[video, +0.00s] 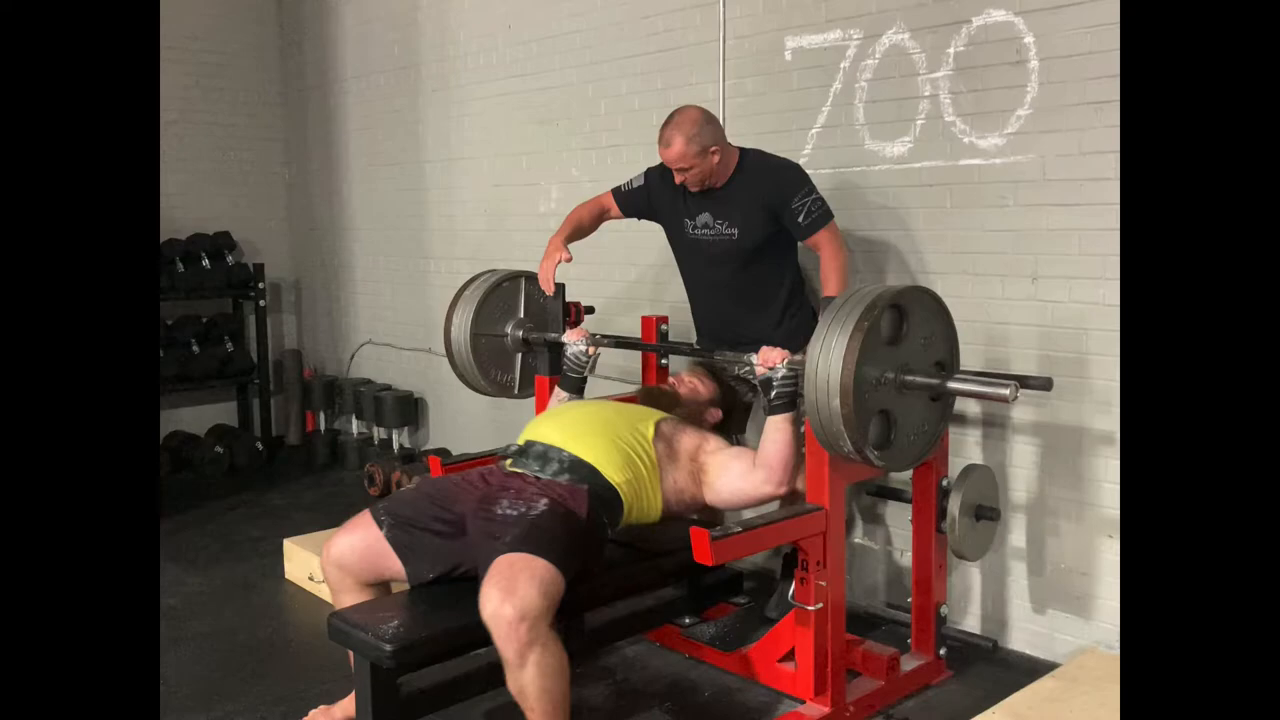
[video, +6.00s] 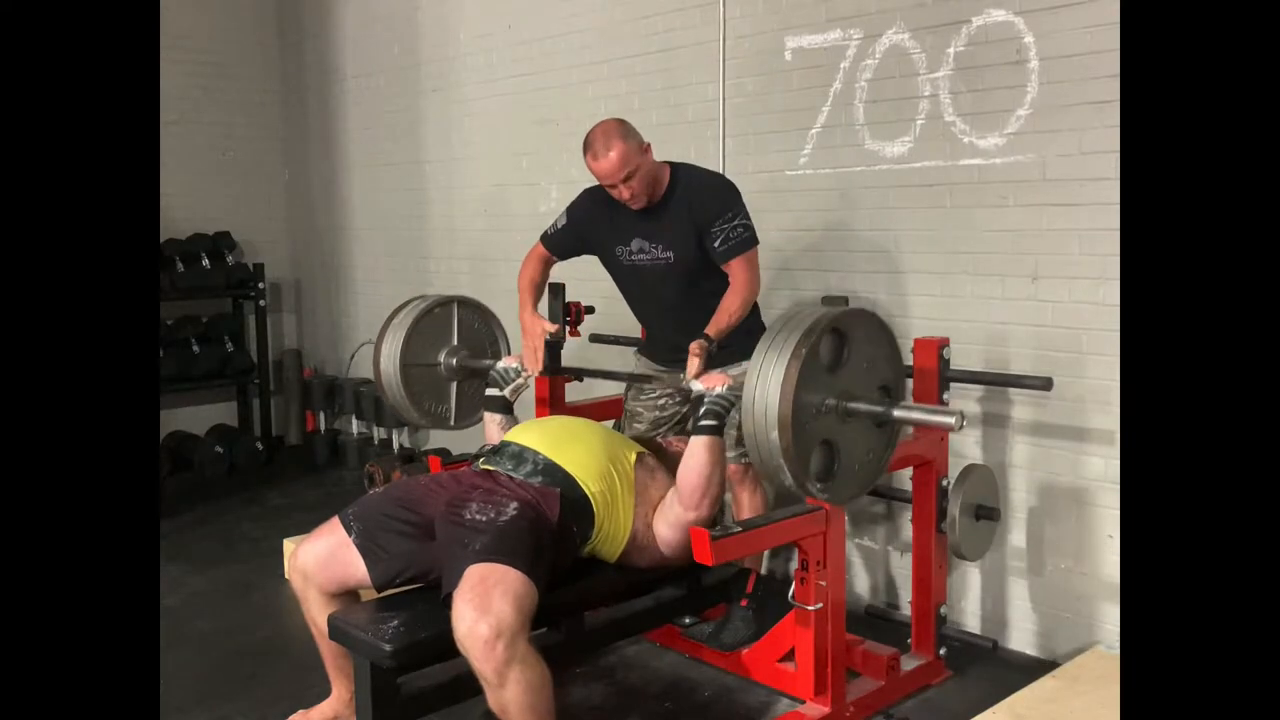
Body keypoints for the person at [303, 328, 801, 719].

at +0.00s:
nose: (677, 373)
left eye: (693, 377)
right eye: (678, 369)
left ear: (715, 409)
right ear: (662, 380)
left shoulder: (699, 448)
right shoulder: (611, 409)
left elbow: (774, 479)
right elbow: (547, 440)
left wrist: (782, 390)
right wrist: (573, 374)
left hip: (560, 498)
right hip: (490, 477)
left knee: (510, 607)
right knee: (342, 555)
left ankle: (550, 716)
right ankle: (370, 689)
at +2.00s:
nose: (684, 445)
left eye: (695, 450)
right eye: (681, 441)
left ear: (702, 475)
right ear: (659, 445)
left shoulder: (677, 513)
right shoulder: (598, 447)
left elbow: (741, 474)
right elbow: (535, 434)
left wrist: (768, 394)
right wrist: (558, 370)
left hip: (525, 499)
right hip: (455, 477)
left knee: (490, 628)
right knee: (315, 561)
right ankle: (354, 693)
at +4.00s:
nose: (688, 454)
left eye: (695, 458)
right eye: (687, 451)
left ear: (700, 481)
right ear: (666, 453)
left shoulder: (682, 513)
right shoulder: (595, 441)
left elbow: (742, 471)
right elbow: (538, 425)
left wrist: (770, 387)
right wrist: (560, 362)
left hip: (528, 488)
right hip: (460, 467)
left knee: (493, 619)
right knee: (325, 559)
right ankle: (343, 698)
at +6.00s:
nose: (682, 444)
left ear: (682, 447)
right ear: (662, 437)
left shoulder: (662, 500)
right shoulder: (571, 440)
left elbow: (697, 502)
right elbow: (496, 464)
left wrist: (712, 416)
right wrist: (497, 399)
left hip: (520, 503)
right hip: (453, 484)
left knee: (485, 629)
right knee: (307, 561)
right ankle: (343, 698)